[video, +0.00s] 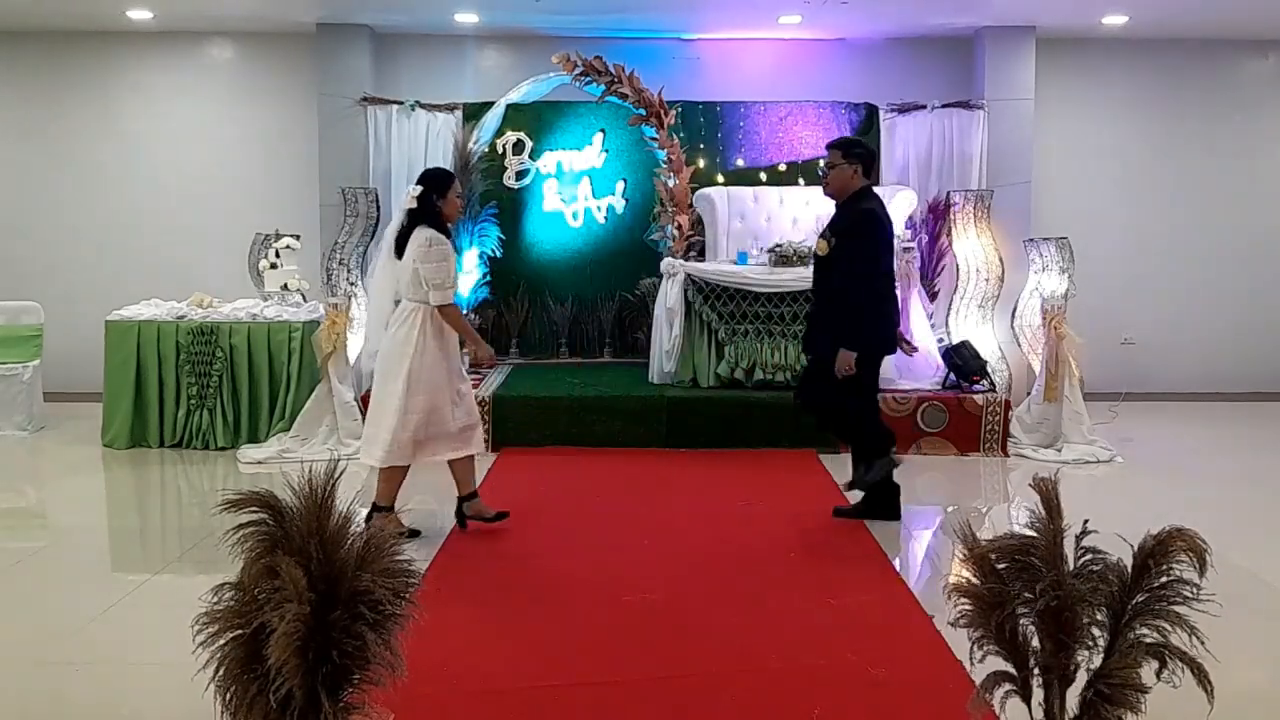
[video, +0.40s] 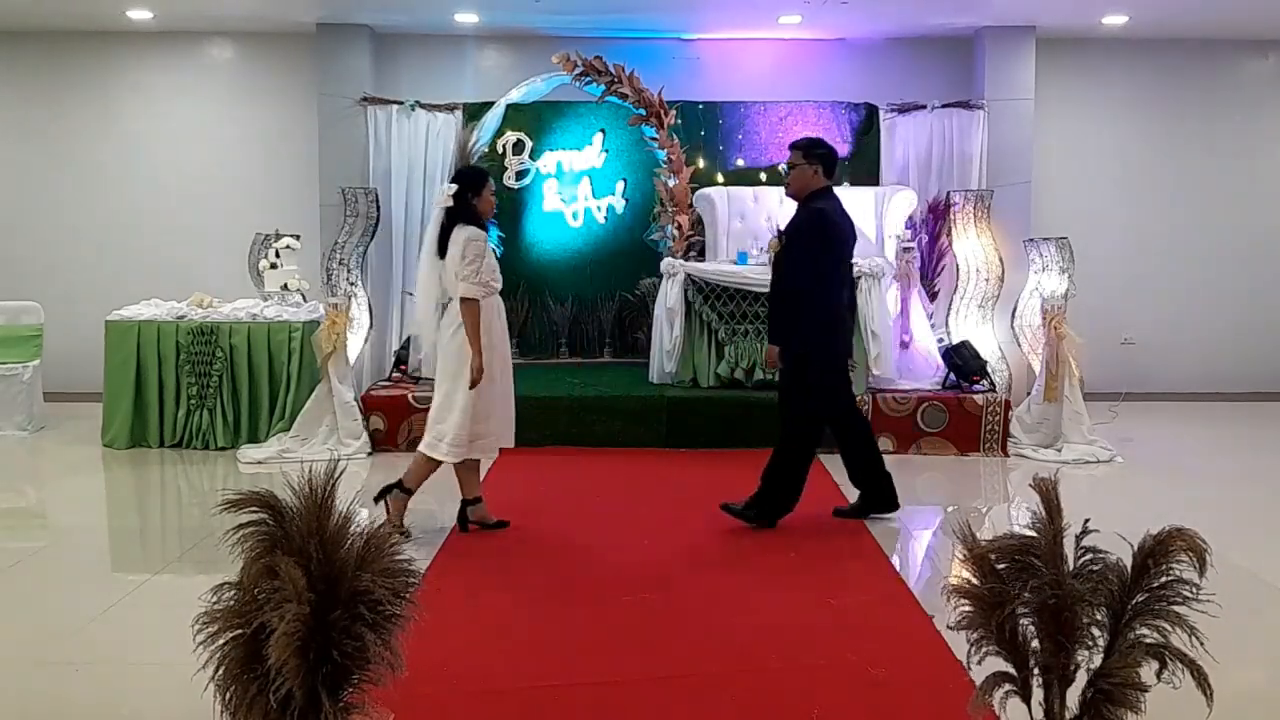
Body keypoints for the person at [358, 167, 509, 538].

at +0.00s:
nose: (461, 202)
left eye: (460, 195)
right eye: (456, 196)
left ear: (430, 200)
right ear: (437, 201)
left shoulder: (415, 238)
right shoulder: (435, 242)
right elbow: (443, 305)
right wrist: (477, 342)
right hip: (421, 343)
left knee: (459, 419)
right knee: (405, 426)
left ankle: (469, 502)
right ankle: (381, 513)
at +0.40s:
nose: (495, 201)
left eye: (494, 194)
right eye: (490, 195)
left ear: (465, 199)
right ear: (472, 199)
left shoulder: (457, 233)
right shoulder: (473, 237)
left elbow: (461, 298)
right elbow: (468, 298)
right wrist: (477, 352)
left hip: (461, 341)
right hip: (468, 343)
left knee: (466, 424)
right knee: (453, 425)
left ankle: (473, 505)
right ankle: (400, 493)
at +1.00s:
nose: (546, 204)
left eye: (544, 197)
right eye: (540, 198)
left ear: (529, 203)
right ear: (521, 204)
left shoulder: (541, 241)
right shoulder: (510, 245)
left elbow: (571, 254)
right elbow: (485, 297)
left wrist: (597, 272)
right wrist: (479, 351)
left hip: (535, 344)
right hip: (525, 345)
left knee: (503, 419)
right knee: (553, 417)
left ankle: (480, 497)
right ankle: (561, 499)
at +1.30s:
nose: (555, 202)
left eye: (561, 195)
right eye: (547, 195)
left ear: (570, 200)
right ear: (536, 201)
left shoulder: (587, 241)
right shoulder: (520, 244)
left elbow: (602, 282)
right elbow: (495, 295)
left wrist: (610, 287)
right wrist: (495, 345)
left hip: (580, 330)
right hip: (540, 333)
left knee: (600, 404)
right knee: (553, 412)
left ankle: (587, 479)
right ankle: (561, 498)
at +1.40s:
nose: (561, 201)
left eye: (568, 195)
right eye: (554, 195)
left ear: (577, 199)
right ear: (543, 200)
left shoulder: (596, 239)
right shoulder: (527, 242)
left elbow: (616, 278)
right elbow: (508, 290)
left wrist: (623, 288)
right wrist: (510, 337)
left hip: (588, 329)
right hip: (546, 331)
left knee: (607, 405)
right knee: (558, 412)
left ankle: (608, 483)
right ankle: (571, 494)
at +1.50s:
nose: (566, 206)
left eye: (573, 200)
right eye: (559, 199)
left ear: (583, 204)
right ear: (549, 204)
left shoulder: (599, 244)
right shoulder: (534, 248)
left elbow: (625, 276)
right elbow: (527, 300)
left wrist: (636, 287)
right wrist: (526, 344)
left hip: (592, 338)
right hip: (551, 342)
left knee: (608, 413)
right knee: (562, 420)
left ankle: (609, 485)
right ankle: (590, 494)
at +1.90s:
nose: (584, 219)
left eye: (592, 213)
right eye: (578, 211)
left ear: (603, 218)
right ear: (568, 215)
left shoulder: (618, 255)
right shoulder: (552, 262)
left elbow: (656, 260)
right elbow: (529, 312)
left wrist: (689, 259)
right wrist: (505, 356)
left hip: (609, 358)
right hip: (565, 357)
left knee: (599, 436)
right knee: (572, 435)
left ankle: (576, 527)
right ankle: (591, 498)